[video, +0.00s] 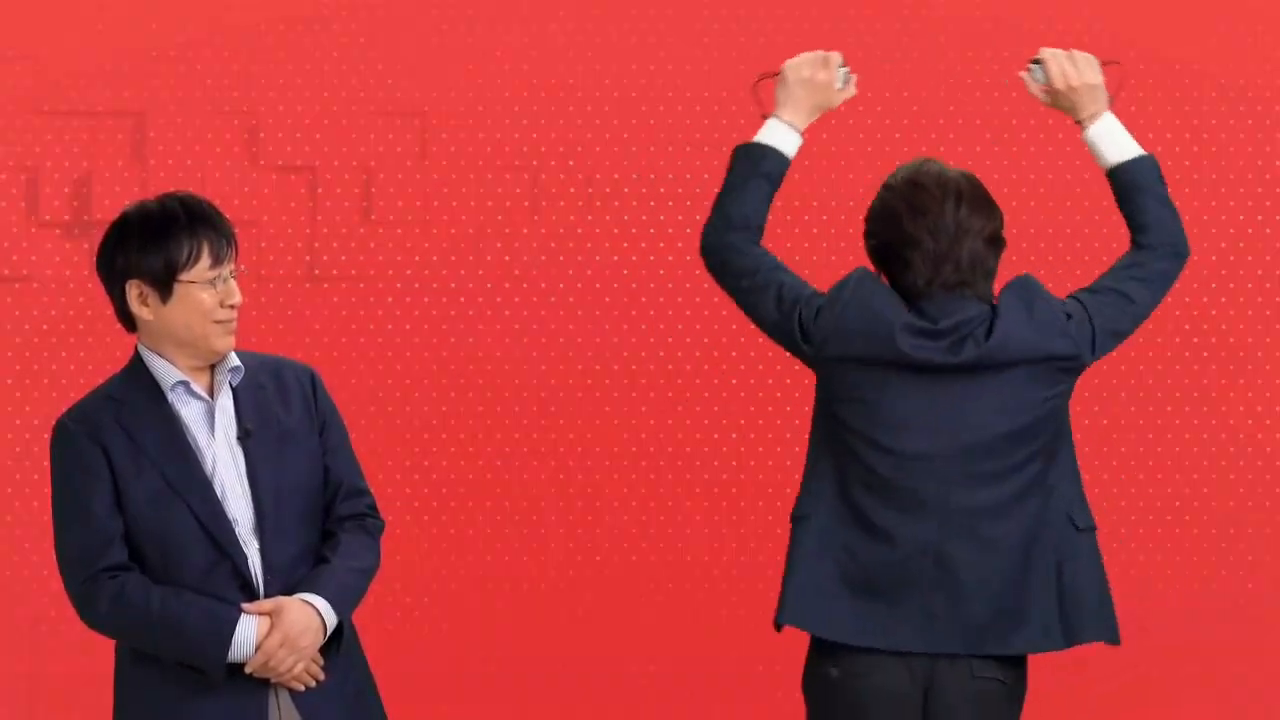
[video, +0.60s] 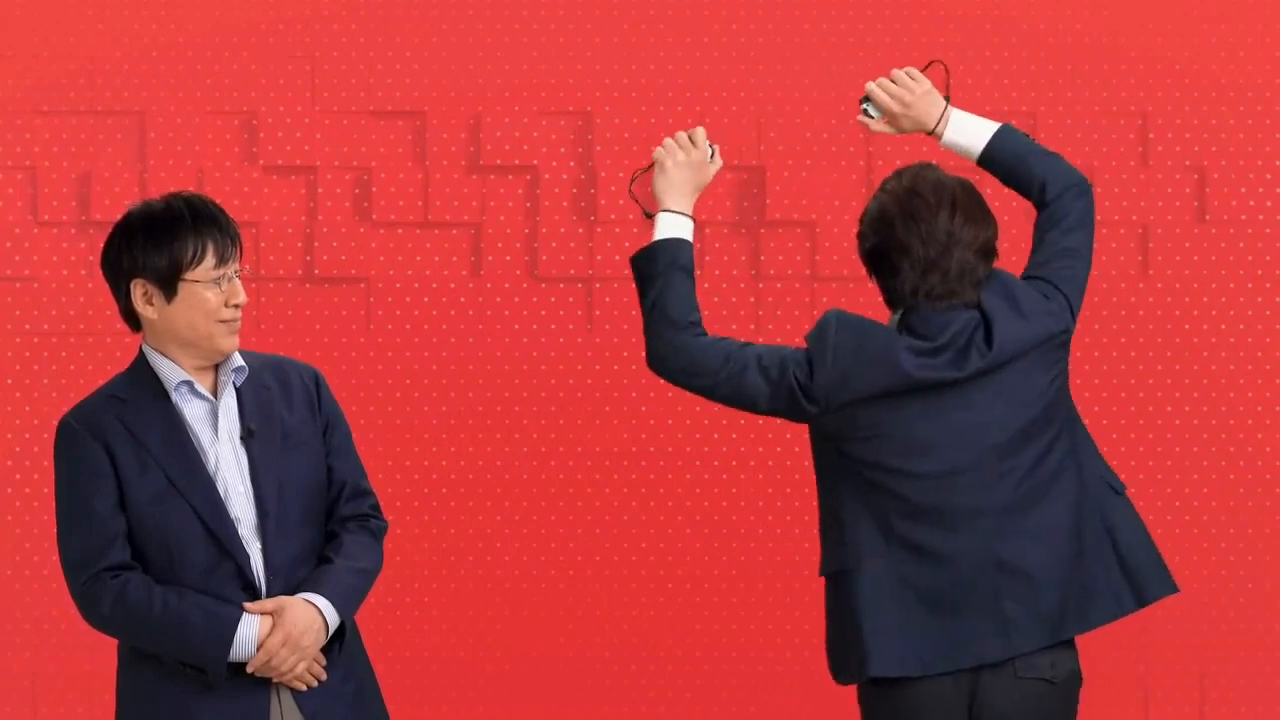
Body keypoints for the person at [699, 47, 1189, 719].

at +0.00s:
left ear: (884, 260)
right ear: (992, 257)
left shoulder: (842, 335)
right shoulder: (1050, 340)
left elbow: (727, 245)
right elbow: (1163, 247)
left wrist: (786, 120)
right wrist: (1098, 118)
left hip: (858, 663)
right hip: (986, 667)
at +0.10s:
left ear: (905, 265)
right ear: (1017, 282)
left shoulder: (864, 329)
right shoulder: (1057, 386)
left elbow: (810, 203)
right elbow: (1211, 365)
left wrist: (924, 120)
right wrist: (1221, 219)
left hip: (814, 662)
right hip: (939, 688)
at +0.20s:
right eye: (1022, 283)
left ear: (911, 277)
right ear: (1019, 296)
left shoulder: (864, 341)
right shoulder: (1055, 401)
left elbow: (828, 217)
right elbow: (1212, 395)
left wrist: (949, 148)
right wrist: (1228, 255)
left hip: (812, 671)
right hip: (937, 693)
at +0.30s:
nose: (1011, 272)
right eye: (1008, 261)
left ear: (892, 259)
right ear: (1002, 273)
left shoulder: (847, 334)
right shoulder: (1046, 366)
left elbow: (777, 219)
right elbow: (1193, 330)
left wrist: (886, 130)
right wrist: (1181, 193)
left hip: (844, 667)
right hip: (972, 678)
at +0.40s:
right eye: (993, 243)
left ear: (882, 264)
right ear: (991, 256)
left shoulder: (835, 342)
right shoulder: (1044, 336)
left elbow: (708, 254)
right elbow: (1141, 236)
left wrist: (777, 128)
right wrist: (1076, 112)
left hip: (882, 668)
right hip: (1014, 667)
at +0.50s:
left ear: (877, 269)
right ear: (988, 252)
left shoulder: (834, 370)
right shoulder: (1034, 326)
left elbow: (676, 329)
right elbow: (1076, 192)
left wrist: (694, 188)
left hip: (907, 682)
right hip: (1036, 669)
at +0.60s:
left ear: (880, 271)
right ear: (988, 251)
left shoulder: (839, 373)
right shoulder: (1037, 327)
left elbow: (676, 350)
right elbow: (1066, 191)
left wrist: (673, 211)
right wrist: (943, 119)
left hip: (909, 682)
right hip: (1037, 665)